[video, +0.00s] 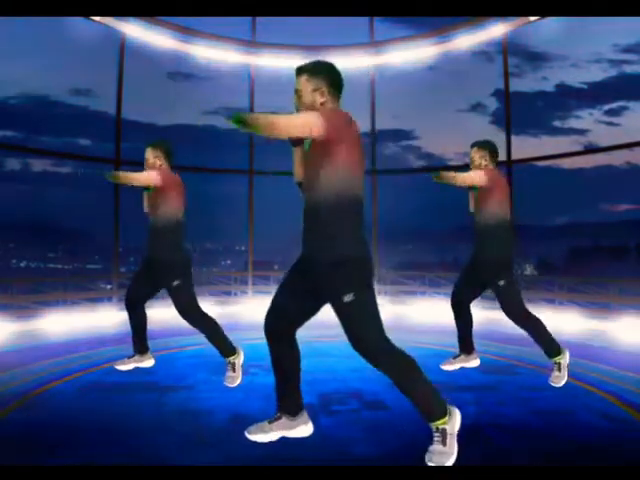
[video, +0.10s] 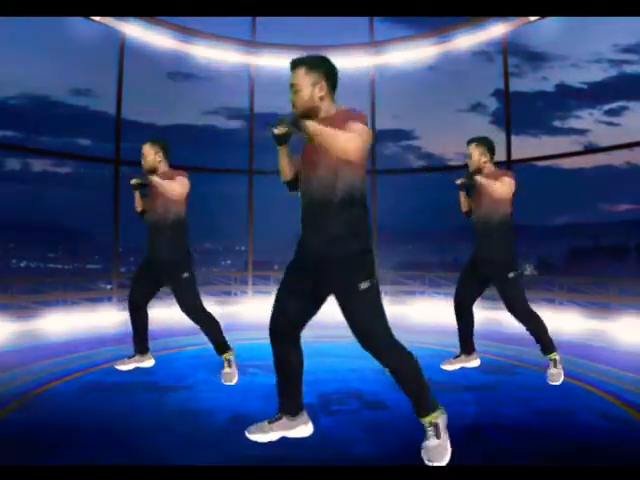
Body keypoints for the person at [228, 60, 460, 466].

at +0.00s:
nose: (296, 99)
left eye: (300, 92)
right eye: (296, 94)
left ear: (321, 92)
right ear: (324, 94)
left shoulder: (333, 119)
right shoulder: (328, 131)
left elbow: (274, 126)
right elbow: (304, 180)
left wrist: (242, 119)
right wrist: (298, 140)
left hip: (343, 259)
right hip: (319, 258)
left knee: (373, 345)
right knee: (277, 326)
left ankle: (443, 419)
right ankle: (291, 415)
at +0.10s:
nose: (292, 96)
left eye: (297, 88)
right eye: (292, 89)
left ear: (321, 87)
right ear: (312, 90)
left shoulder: (353, 122)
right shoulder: (308, 133)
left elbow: (353, 150)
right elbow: (292, 182)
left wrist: (307, 123)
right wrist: (283, 145)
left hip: (350, 253)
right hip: (312, 253)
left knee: (378, 341)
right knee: (282, 330)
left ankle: (432, 417)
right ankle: (292, 416)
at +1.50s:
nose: (333, 93)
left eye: (341, 85)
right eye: (330, 87)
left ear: (366, 88)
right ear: (327, 92)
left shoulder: (393, 129)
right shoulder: (322, 139)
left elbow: (410, 179)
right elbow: (297, 181)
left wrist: (369, 136)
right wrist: (289, 149)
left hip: (379, 258)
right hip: (327, 258)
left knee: (402, 347)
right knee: (288, 330)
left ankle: (405, 422)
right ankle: (277, 408)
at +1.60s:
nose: (333, 94)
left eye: (341, 85)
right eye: (330, 87)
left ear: (367, 88)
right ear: (328, 91)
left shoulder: (394, 132)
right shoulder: (316, 133)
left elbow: (415, 180)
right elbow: (273, 153)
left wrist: (377, 139)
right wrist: (251, 128)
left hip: (377, 261)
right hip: (324, 260)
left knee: (406, 349)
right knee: (288, 331)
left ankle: (407, 424)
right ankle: (286, 408)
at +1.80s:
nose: (312, 94)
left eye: (319, 87)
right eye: (311, 87)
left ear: (344, 90)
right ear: (317, 91)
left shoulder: (371, 132)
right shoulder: (314, 134)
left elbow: (381, 189)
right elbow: (286, 157)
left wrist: (340, 146)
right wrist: (277, 139)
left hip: (354, 261)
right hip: (313, 258)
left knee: (378, 343)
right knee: (282, 327)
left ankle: (419, 421)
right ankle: (288, 410)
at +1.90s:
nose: (304, 96)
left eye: (309, 89)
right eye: (305, 90)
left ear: (331, 90)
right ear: (328, 91)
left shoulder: (353, 126)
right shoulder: (326, 130)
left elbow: (335, 163)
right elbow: (313, 167)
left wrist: (301, 131)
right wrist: (301, 133)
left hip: (347, 256)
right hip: (316, 255)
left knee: (363, 344)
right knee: (282, 325)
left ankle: (424, 417)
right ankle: (289, 410)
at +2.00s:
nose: (313, 98)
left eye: (317, 91)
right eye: (313, 92)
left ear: (338, 90)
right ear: (339, 92)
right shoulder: (340, 126)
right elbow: (317, 173)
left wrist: (232, 109)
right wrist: (312, 133)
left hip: (348, 257)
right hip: (322, 255)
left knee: (362, 346)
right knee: (286, 324)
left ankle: (418, 416)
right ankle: (289, 410)